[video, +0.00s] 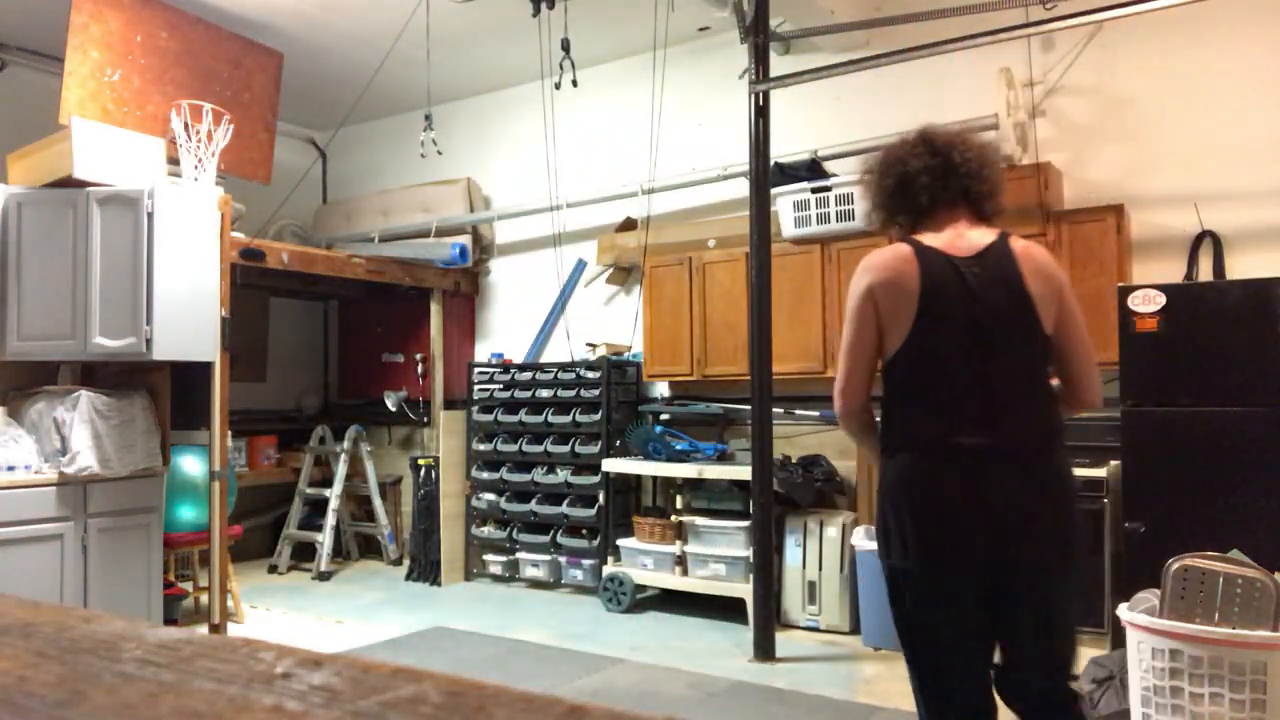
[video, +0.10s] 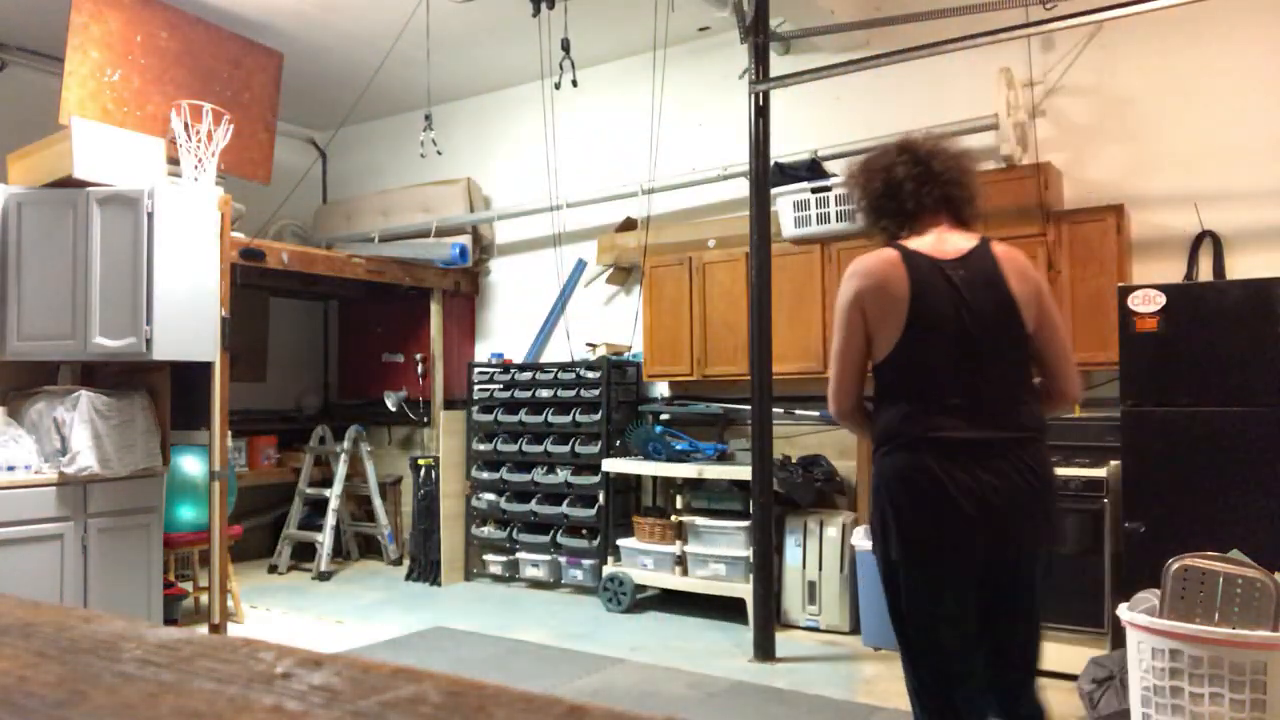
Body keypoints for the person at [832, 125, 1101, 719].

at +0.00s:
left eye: (889, 206)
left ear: (898, 205)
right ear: (980, 190)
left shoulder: (883, 272)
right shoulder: (1036, 262)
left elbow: (850, 405)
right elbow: (1084, 394)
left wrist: (892, 444)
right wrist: (1019, 395)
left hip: (929, 510)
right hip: (1034, 501)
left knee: (952, 696)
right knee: (1041, 683)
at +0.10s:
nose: (870, 219)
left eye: (876, 208)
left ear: (885, 209)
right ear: (960, 195)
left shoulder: (870, 276)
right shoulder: (1015, 265)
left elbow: (843, 405)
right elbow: (1064, 389)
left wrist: (900, 430)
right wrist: (998, 402)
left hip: (920, 494)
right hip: (1016, 486)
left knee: (943, 683)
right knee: (1013, 678)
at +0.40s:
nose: (814, 241)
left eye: (818, 231)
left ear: (831, 236)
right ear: (897, 229)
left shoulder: (823, 302)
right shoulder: (943, 293)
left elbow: (802, 420)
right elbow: (997, 395)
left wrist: (849, 462)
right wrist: (946, 440)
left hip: (875, 489)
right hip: (953, 484)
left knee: (902, 678)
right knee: (922, 672)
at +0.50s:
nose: (800, 240)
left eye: (806, 231)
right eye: (804, 229)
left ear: (817, 243)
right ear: (880, 239)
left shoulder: (807, 306)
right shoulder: (912, 301)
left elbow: (786, 419)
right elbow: (965, 399)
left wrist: (828, 465)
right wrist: (919, 444)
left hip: (859, 487)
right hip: (931, 481)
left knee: (860, 659)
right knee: (903, 661)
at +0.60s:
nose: (780, 241)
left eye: (787, 232)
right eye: (783, 230)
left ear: (800, 244)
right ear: (853, 243)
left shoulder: (794, 306)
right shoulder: (879, 305)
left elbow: (770, 417)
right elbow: (922, 399)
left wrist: (793, 472)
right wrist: (874, 435)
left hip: (837, 489)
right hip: (907, 483)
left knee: (812, 632)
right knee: (886, 640)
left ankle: (876, 712)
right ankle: (890, 715)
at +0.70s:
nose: (753, 240)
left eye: (761, 231)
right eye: (756, 229)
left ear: (783, 240)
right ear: (820, 241)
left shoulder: (781, 302)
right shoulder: (846, 302)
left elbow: (757, 408)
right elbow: (874, 394)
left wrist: (759, 467)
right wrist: (793, 462)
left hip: (819, 491)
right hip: (884, 487)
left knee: (776, 623)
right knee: (871, 642)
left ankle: (814, 712)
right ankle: (884, 714)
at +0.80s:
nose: (734, 235)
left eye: (741, 225)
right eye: (737, 224)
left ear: (757, 236)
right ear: (797, 240)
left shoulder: (761, 295)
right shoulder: (814, 300)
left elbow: (739, 395)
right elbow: (801, 399)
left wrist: (726, 449)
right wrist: (753, 449)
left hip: (799, 479)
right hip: (854, 474)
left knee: (756, 611)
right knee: (854, 626)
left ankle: (750, 711)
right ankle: (881, 714)